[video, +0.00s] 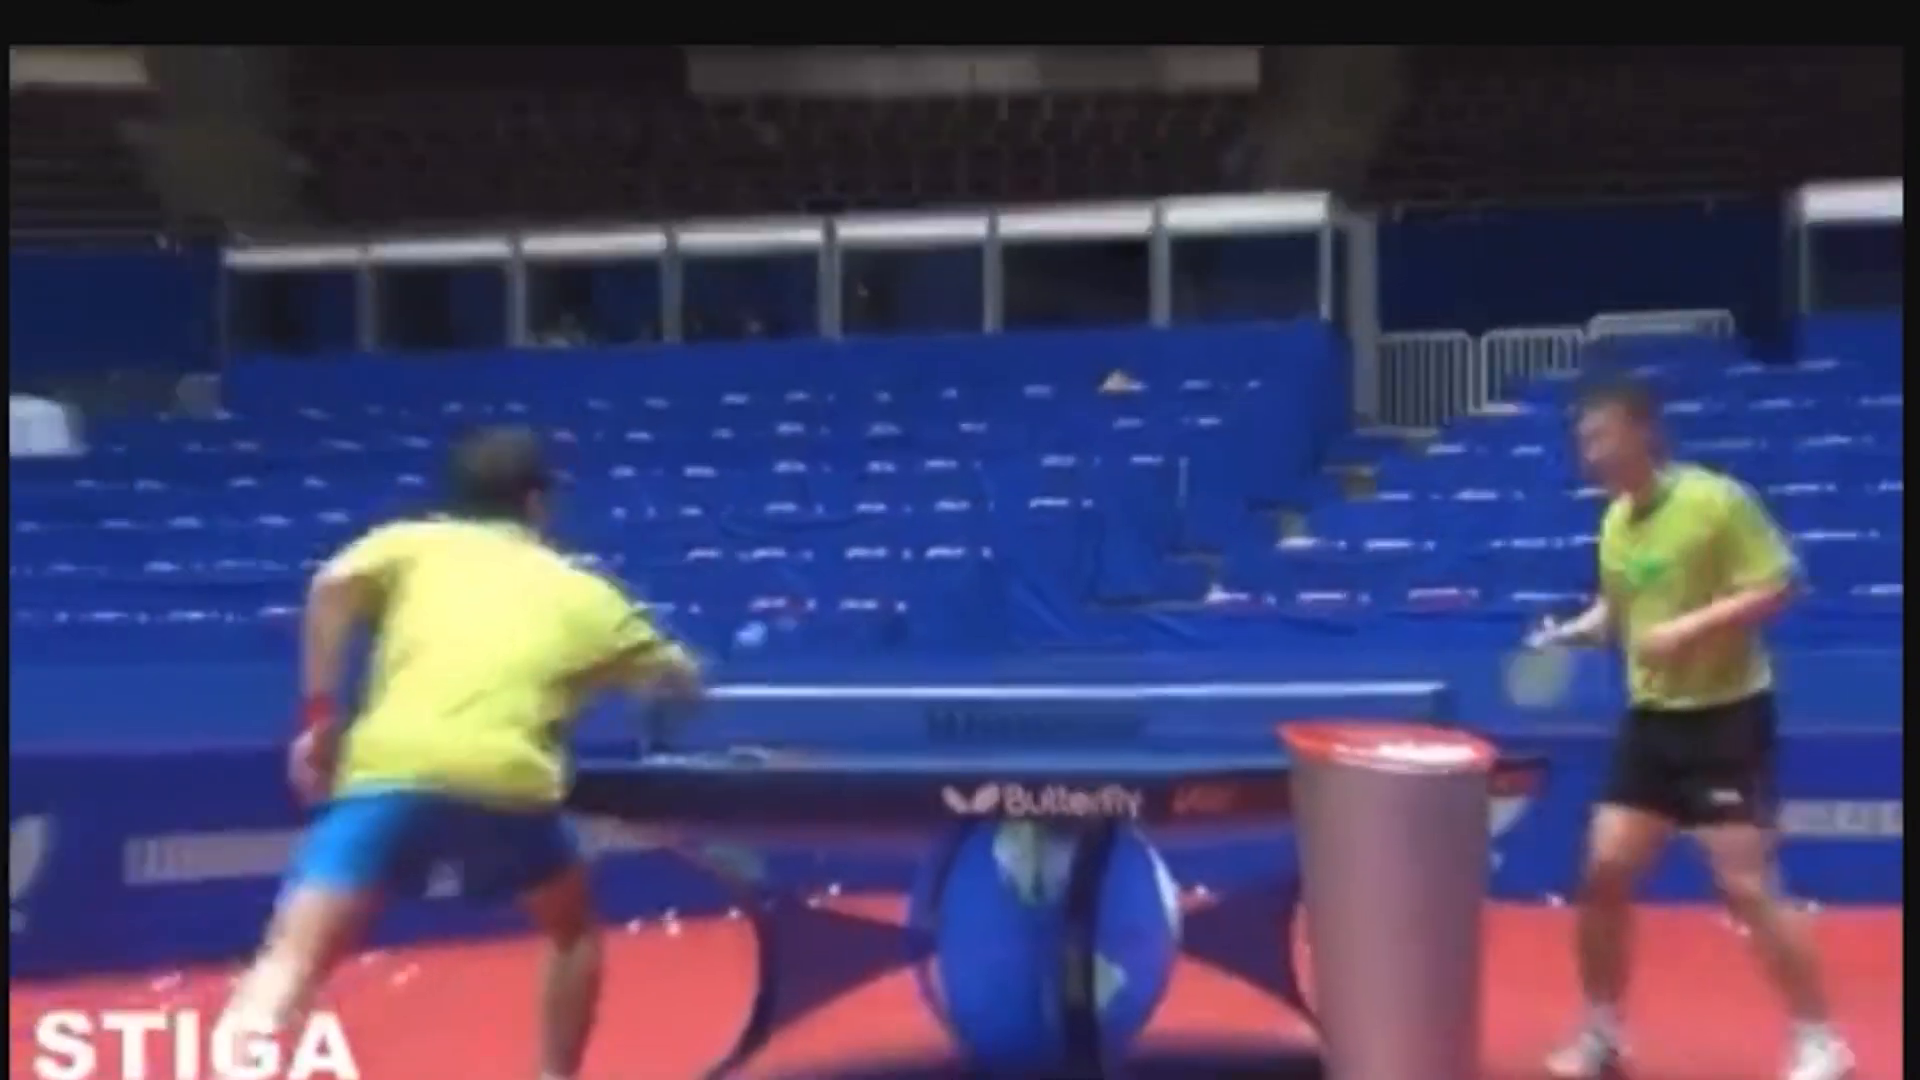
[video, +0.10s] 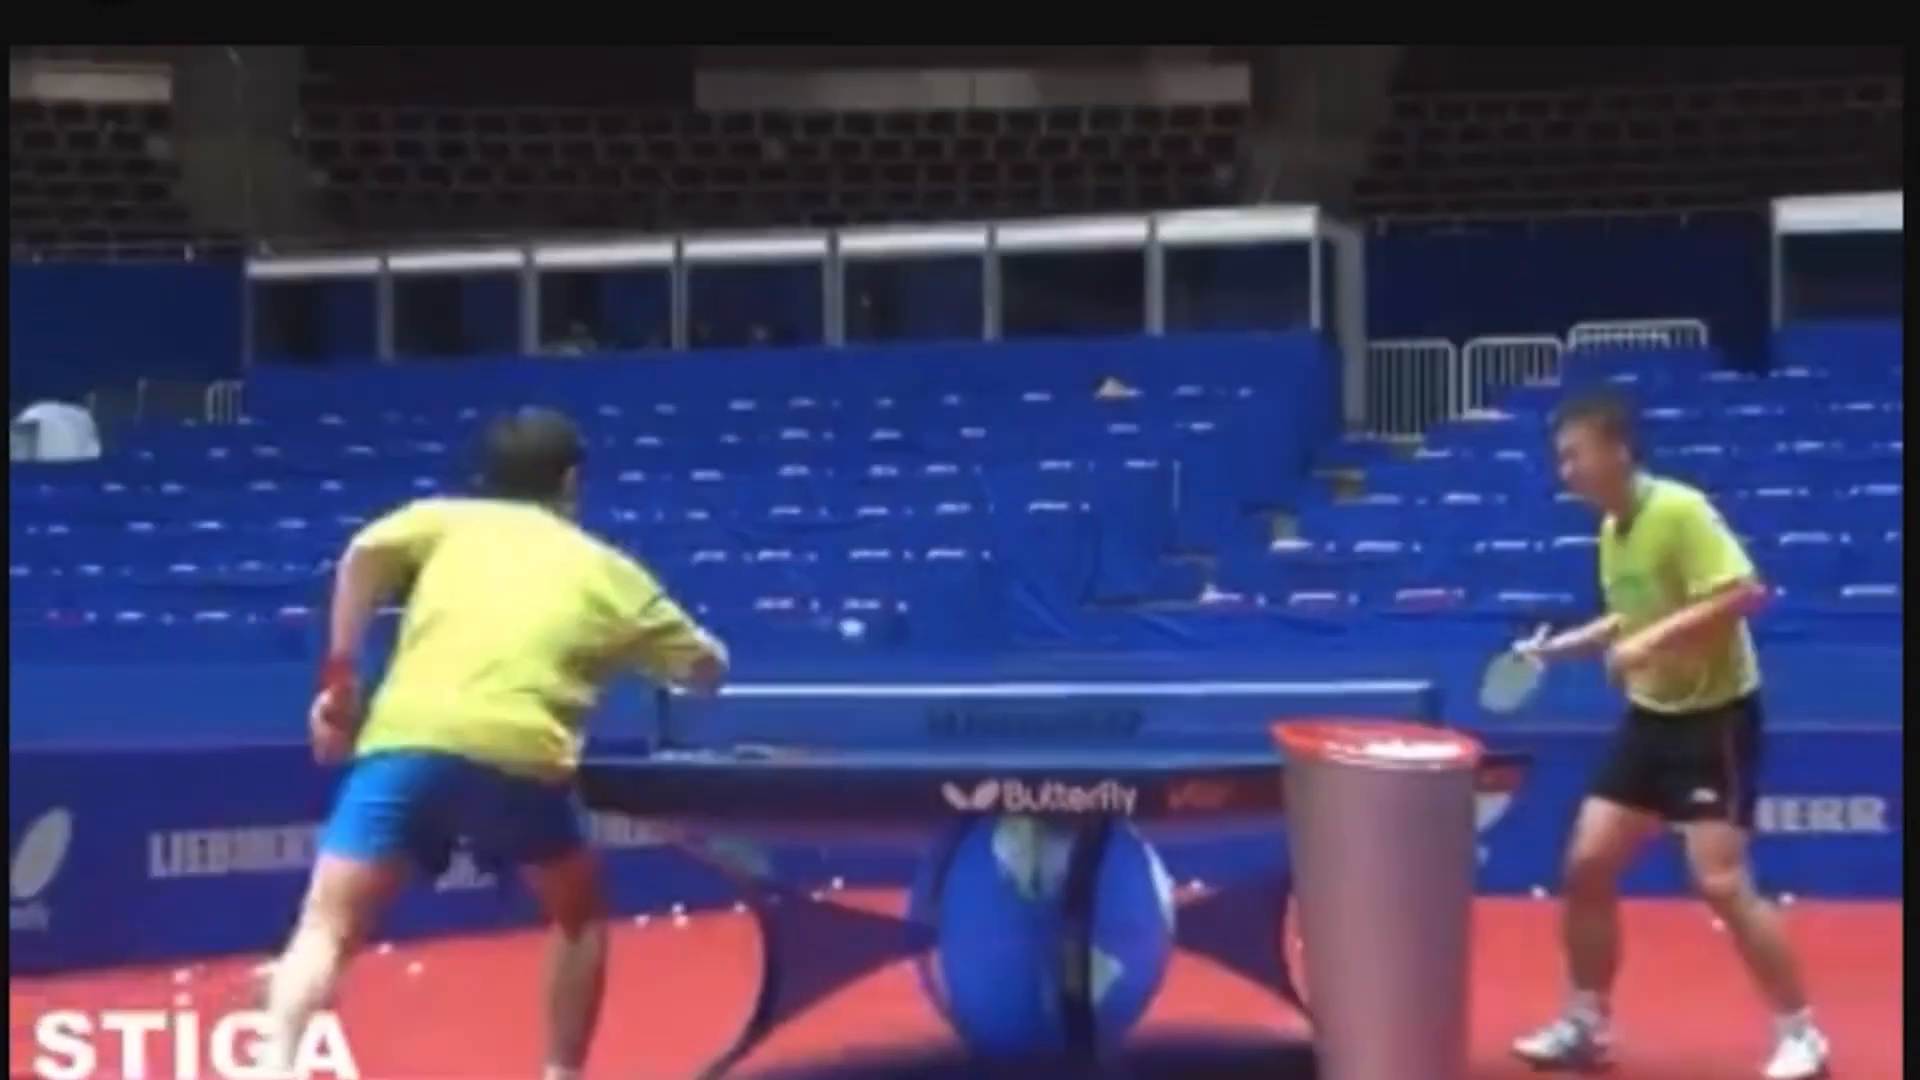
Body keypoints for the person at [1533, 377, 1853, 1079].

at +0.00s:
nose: (1591, 455)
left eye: (1601, 438)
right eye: (1585, 441)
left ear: (1644, 435)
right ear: (1588, 449)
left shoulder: (1715, 501)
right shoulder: (1615, 520)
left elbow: (1777, 580)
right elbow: (1622, 606)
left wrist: (1688, 627)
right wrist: (1578, 630)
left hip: (1726, 715)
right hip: (1652, 715)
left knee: (1746, 887)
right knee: (1606, 866)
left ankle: (1817, 1037)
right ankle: (1602, 1030)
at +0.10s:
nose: (1567, 471)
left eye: (1576, 455)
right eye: (1562, 458)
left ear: (1619, 451)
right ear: (1576, 463)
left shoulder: (1679, 510)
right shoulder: (1612, 529)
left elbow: (1745, 588)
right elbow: (1634, 614)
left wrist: (1652, 639)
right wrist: (1565, 642)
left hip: (1715, 713)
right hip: (1650, 711)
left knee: (1721, 880)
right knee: (1587, 862)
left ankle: (1799, 1030)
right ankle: (1585, 1020)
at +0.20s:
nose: (1553, 472)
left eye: (1561, 455)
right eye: (1550, 458)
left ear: (1605, 450)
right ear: (1578, 459)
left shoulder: (1663, 508)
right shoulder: (1610, 525)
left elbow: (1720, 585)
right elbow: (1635, 620)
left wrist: (1629, 630)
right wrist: (1562, 650)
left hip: (1709, 713)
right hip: (1647, 713)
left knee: (1716, 880)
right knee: (1581, 853)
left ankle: (1796, 1028)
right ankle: (1580, 1018)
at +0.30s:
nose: (1526, 474)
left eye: (1535, 458)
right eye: (1525, 459)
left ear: (1575, 452)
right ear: (1563, 457)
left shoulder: (1637, 509)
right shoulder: (1589, 531)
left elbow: (1692, 587)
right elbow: (1616, 628)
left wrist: (1598, 635)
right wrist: (1539, 656)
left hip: (1694, 710)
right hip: (1635, 712)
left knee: (1712, 877)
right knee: (1574, 862)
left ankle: (1794, 1027)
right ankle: (1573, 1018)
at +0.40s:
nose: (1500, 478)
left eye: (1508, 462)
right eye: (1499, 463)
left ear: (1544, 460)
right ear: (1535, 466)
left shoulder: (1607, 513)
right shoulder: (1562, 535)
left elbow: (1667, 590)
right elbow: (1588, 631)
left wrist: (1579, 643)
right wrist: (1511, 671)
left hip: (1677, 711)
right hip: (1619, 718)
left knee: (1707, 871)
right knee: (1562, 859)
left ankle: (1789, 1024)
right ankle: (1575, 1021)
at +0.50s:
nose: (1476, 475)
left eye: (1484, 457)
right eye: (1475, 460)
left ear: (1522, 456)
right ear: (1510, 462)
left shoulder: (1590, 509)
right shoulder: (1530, 538)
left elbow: (1653, 585)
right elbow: (1550, 635)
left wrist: (1566, 638)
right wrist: (1486, 694)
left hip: (1661, 702)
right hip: (1599, 713)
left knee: (1705, 857)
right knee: (1555, 856)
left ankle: (1772, 1013)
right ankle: (1574, 1018)